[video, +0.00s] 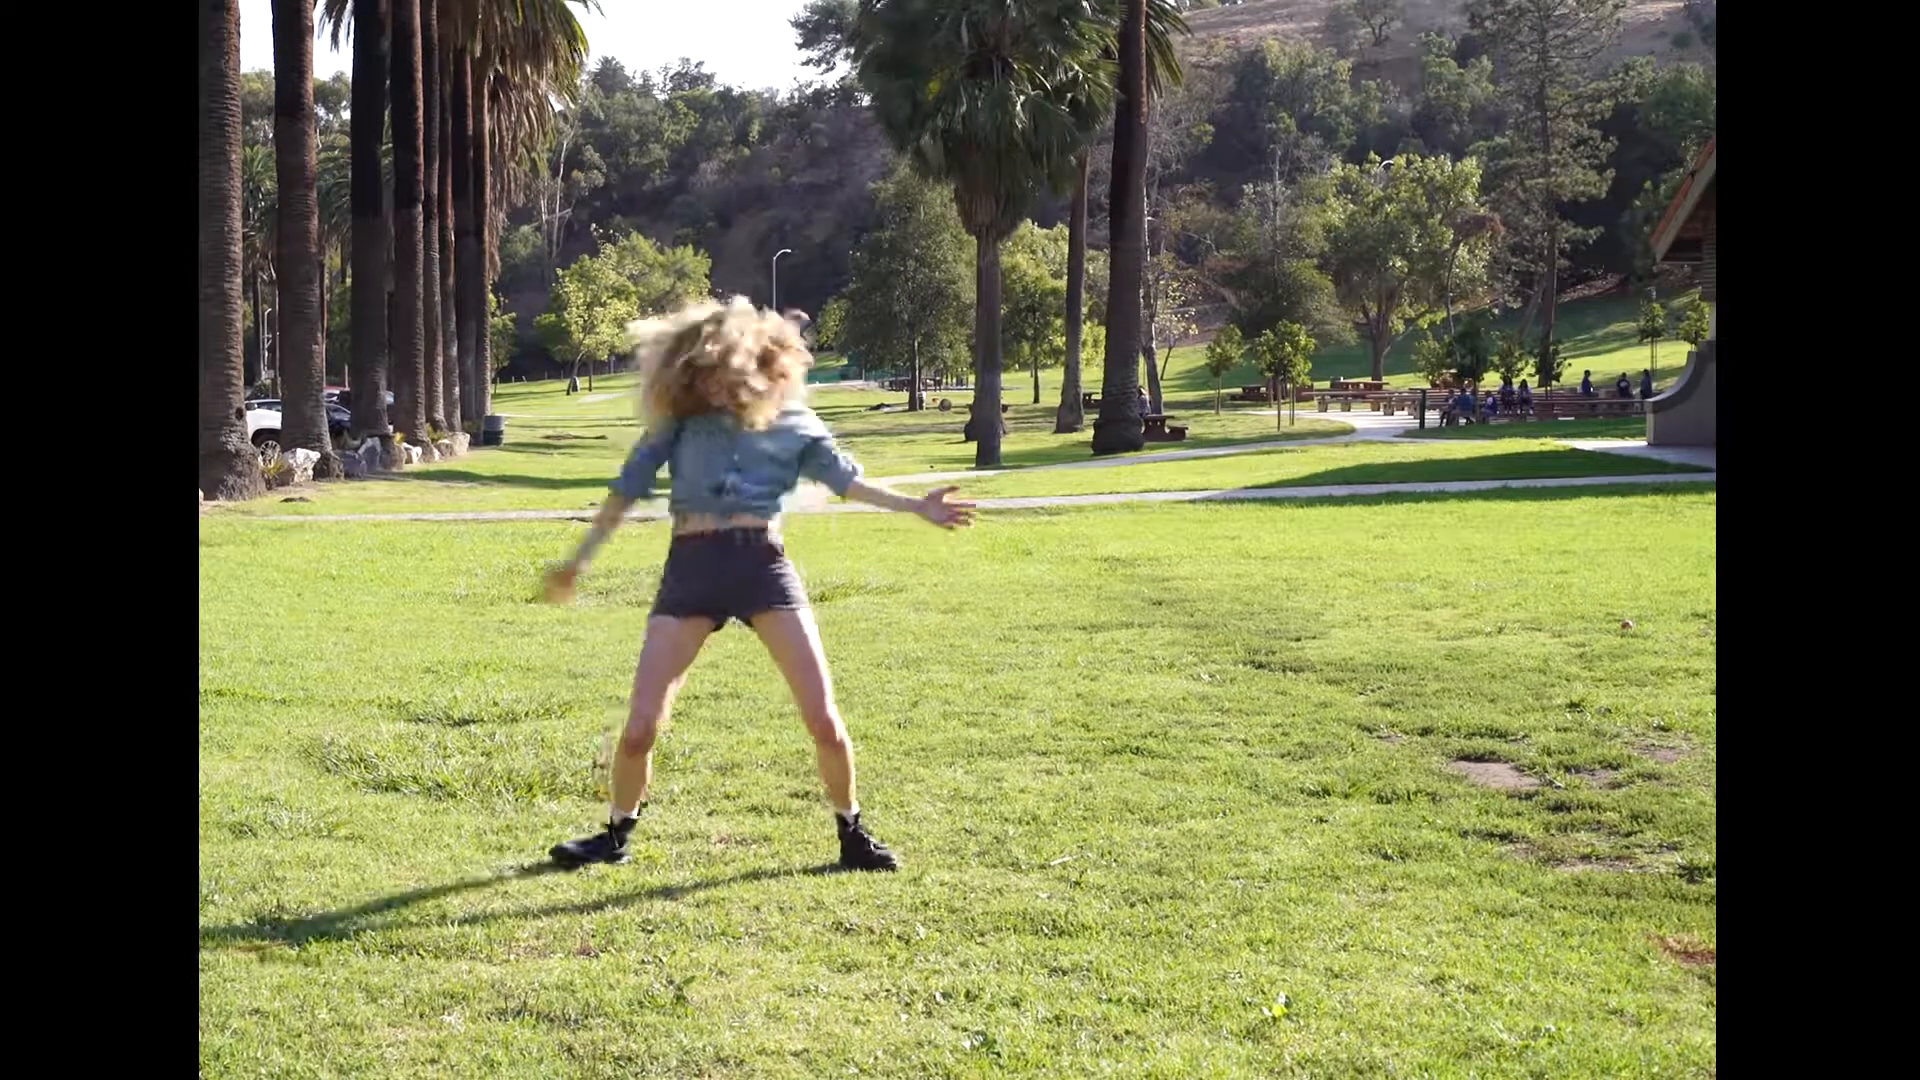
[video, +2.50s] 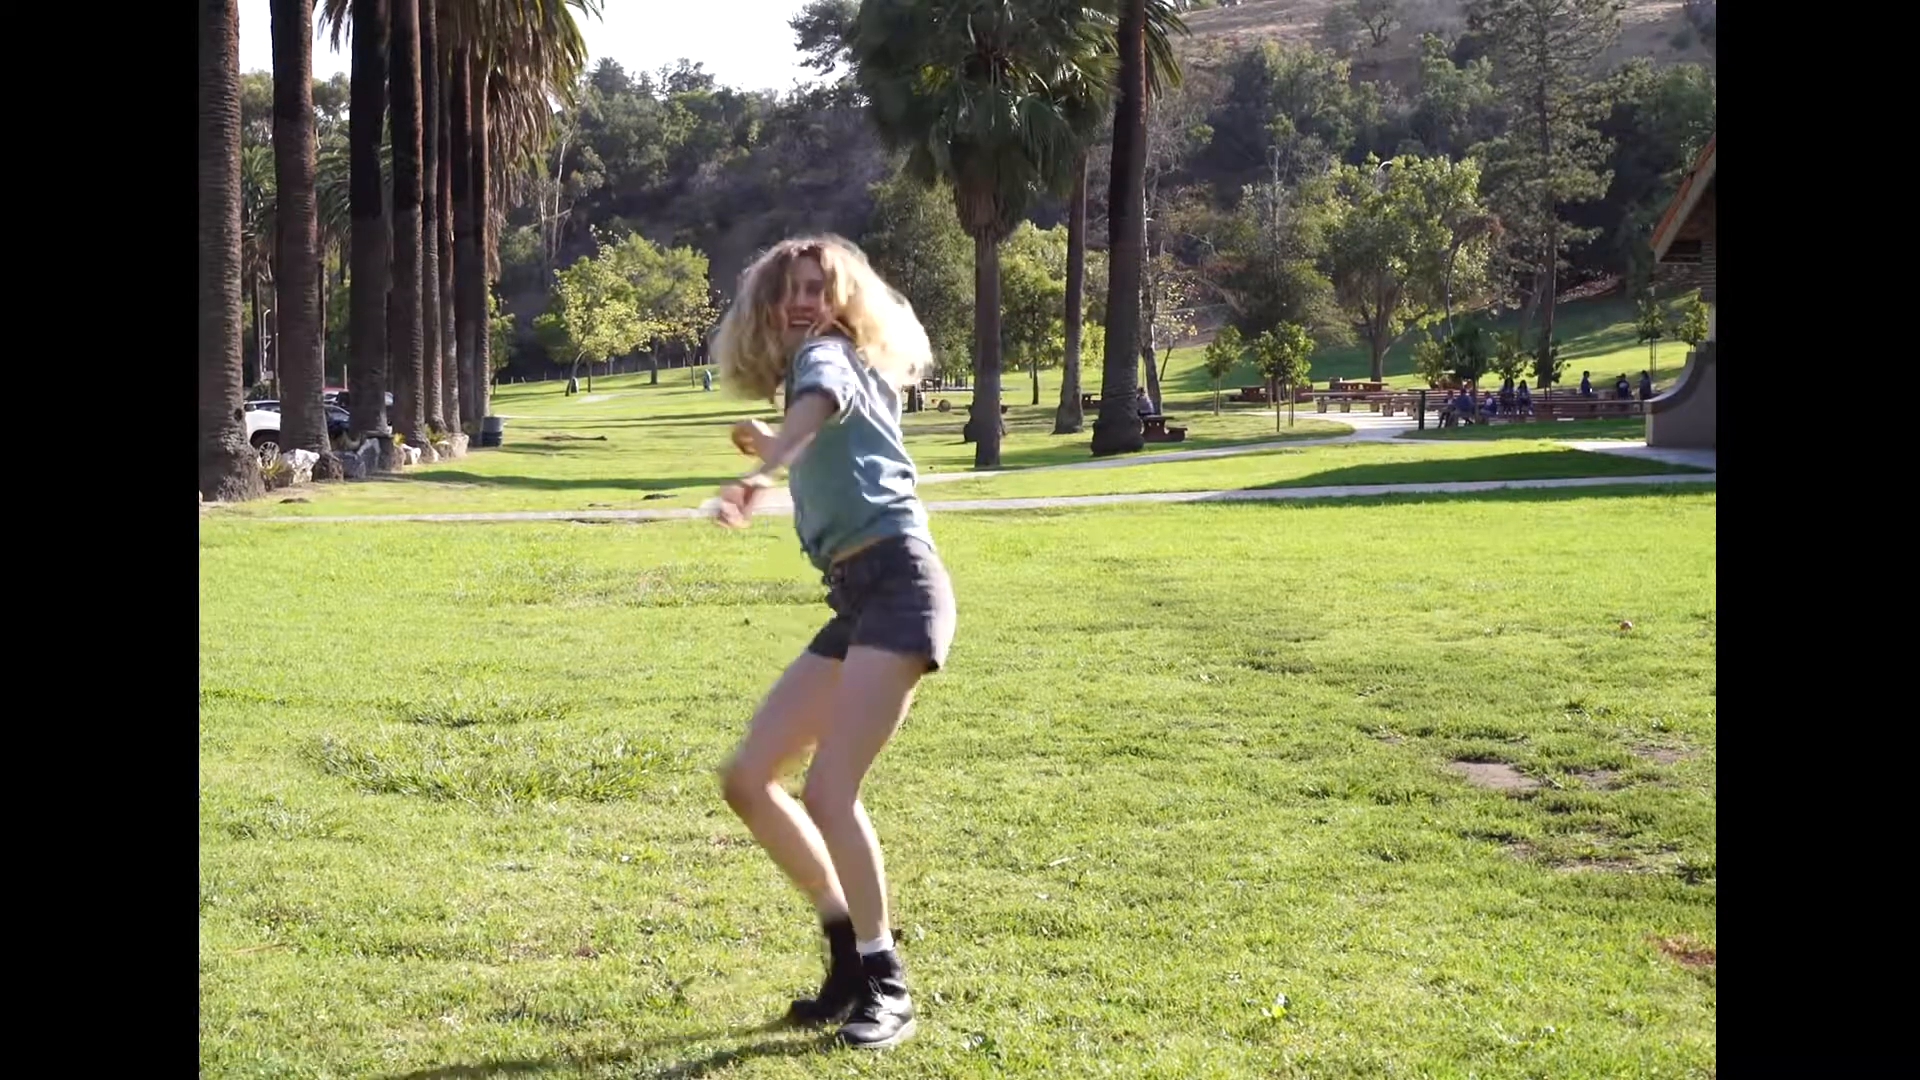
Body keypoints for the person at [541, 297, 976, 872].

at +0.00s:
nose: (718, 391)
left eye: (729, 378)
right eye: (706, 379)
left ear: (760, 373)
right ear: (692, 377)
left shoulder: (792, 426)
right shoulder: (681, 425)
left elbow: (851, 483)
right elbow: (624, 492)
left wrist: (918, 504)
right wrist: (578, 561)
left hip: (763, 566)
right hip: (690, 567)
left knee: (827, 725)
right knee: (638, 730)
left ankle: (852, 833)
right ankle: (617, 835)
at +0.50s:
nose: (748, 349)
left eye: (762, 338)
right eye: (741, 338)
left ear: (792, 349)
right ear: (730, 349)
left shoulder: (820, 434)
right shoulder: (709, 418)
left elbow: (859, 512)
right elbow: (636, 477)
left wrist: (932, 476)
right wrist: (554, 472)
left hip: (755, 589)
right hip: (682, 574)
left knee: (815, 739)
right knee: (618, 728)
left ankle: (851, 839)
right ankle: (600, 832)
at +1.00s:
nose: (802, 288)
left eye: (816, 273)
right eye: (791, 275)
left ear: (843, 276)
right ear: (775, 275)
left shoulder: (857, 339)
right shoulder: (746, 323)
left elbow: (793, 343)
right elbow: (706, 399)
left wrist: (759, 254)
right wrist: (661, 465)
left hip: (809, 520)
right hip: (737, 510)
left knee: (801, 698)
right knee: (743, 665)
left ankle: (776, 816)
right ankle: (757, 823)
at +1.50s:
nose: (812, 360)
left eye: (823, 344)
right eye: (798, 349)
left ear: (843, 347)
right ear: (777, 357)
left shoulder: (871, 416)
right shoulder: (779, 443)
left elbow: (959, 474)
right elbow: (734, 536)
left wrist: (1036, 537)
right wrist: (658, 603)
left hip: (840, 613)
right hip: (771, 613)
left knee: (800, 743)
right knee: (762, 793)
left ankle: (906, 879)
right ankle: (840, 908)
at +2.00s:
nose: (844, 320)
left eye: (857, 306)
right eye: (831, 306)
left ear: (875, 311)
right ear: (806, 310)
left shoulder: (888, 387)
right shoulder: (770, 384)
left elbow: (944, 422)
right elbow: (723, 442)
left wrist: (982, 349)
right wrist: (670, 506)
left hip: (861, 559)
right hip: (793, 581)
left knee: (852, 749)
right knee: (763, 790)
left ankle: (911, 948)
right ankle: (848, 906)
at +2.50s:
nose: (802, 302)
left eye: (817, 291)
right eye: (788, 293)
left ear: (844, 303)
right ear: (770, 311)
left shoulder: (830, 354)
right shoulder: (832, 374)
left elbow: (819, 409)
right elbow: (839, 444)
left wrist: (767, 472)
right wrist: (775, 446)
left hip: (900, 589)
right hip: (858, 601)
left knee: (829, 792)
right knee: (746, 779)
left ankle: (886, 984)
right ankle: (851, 948)